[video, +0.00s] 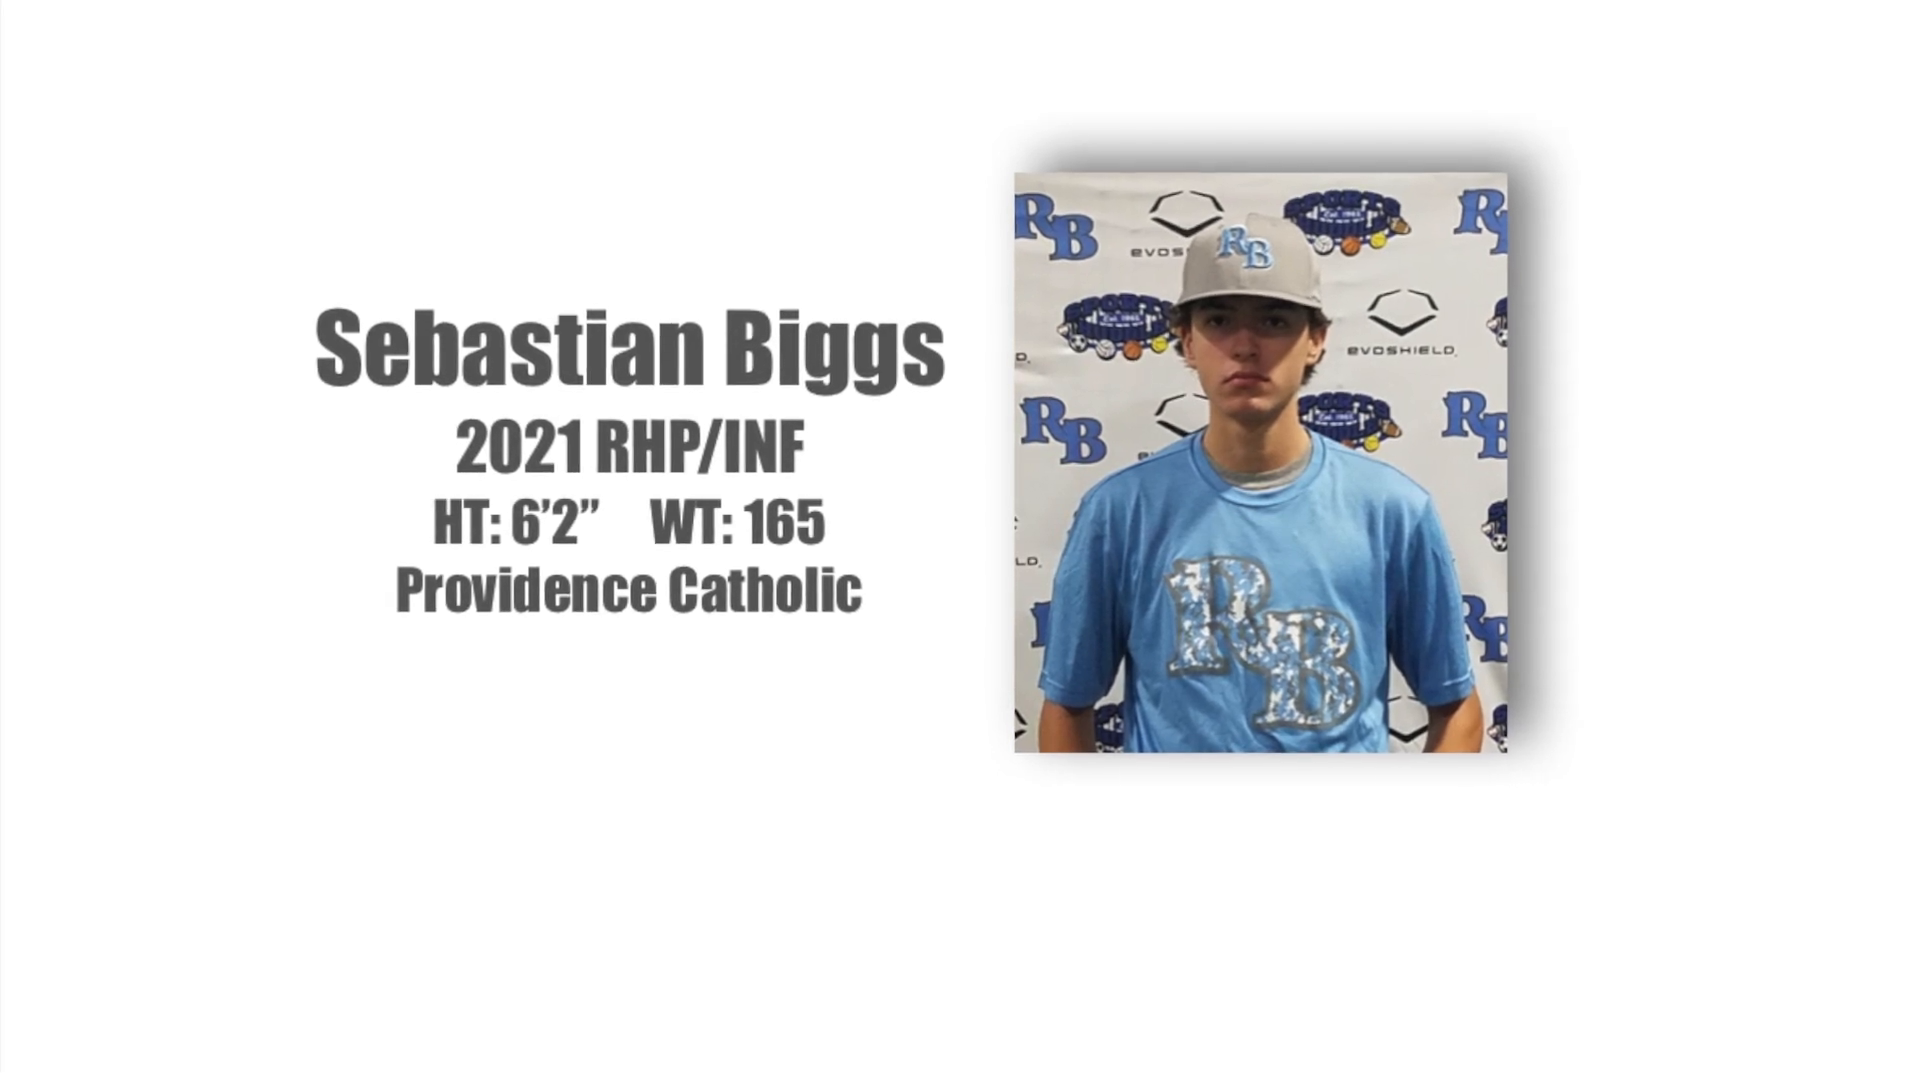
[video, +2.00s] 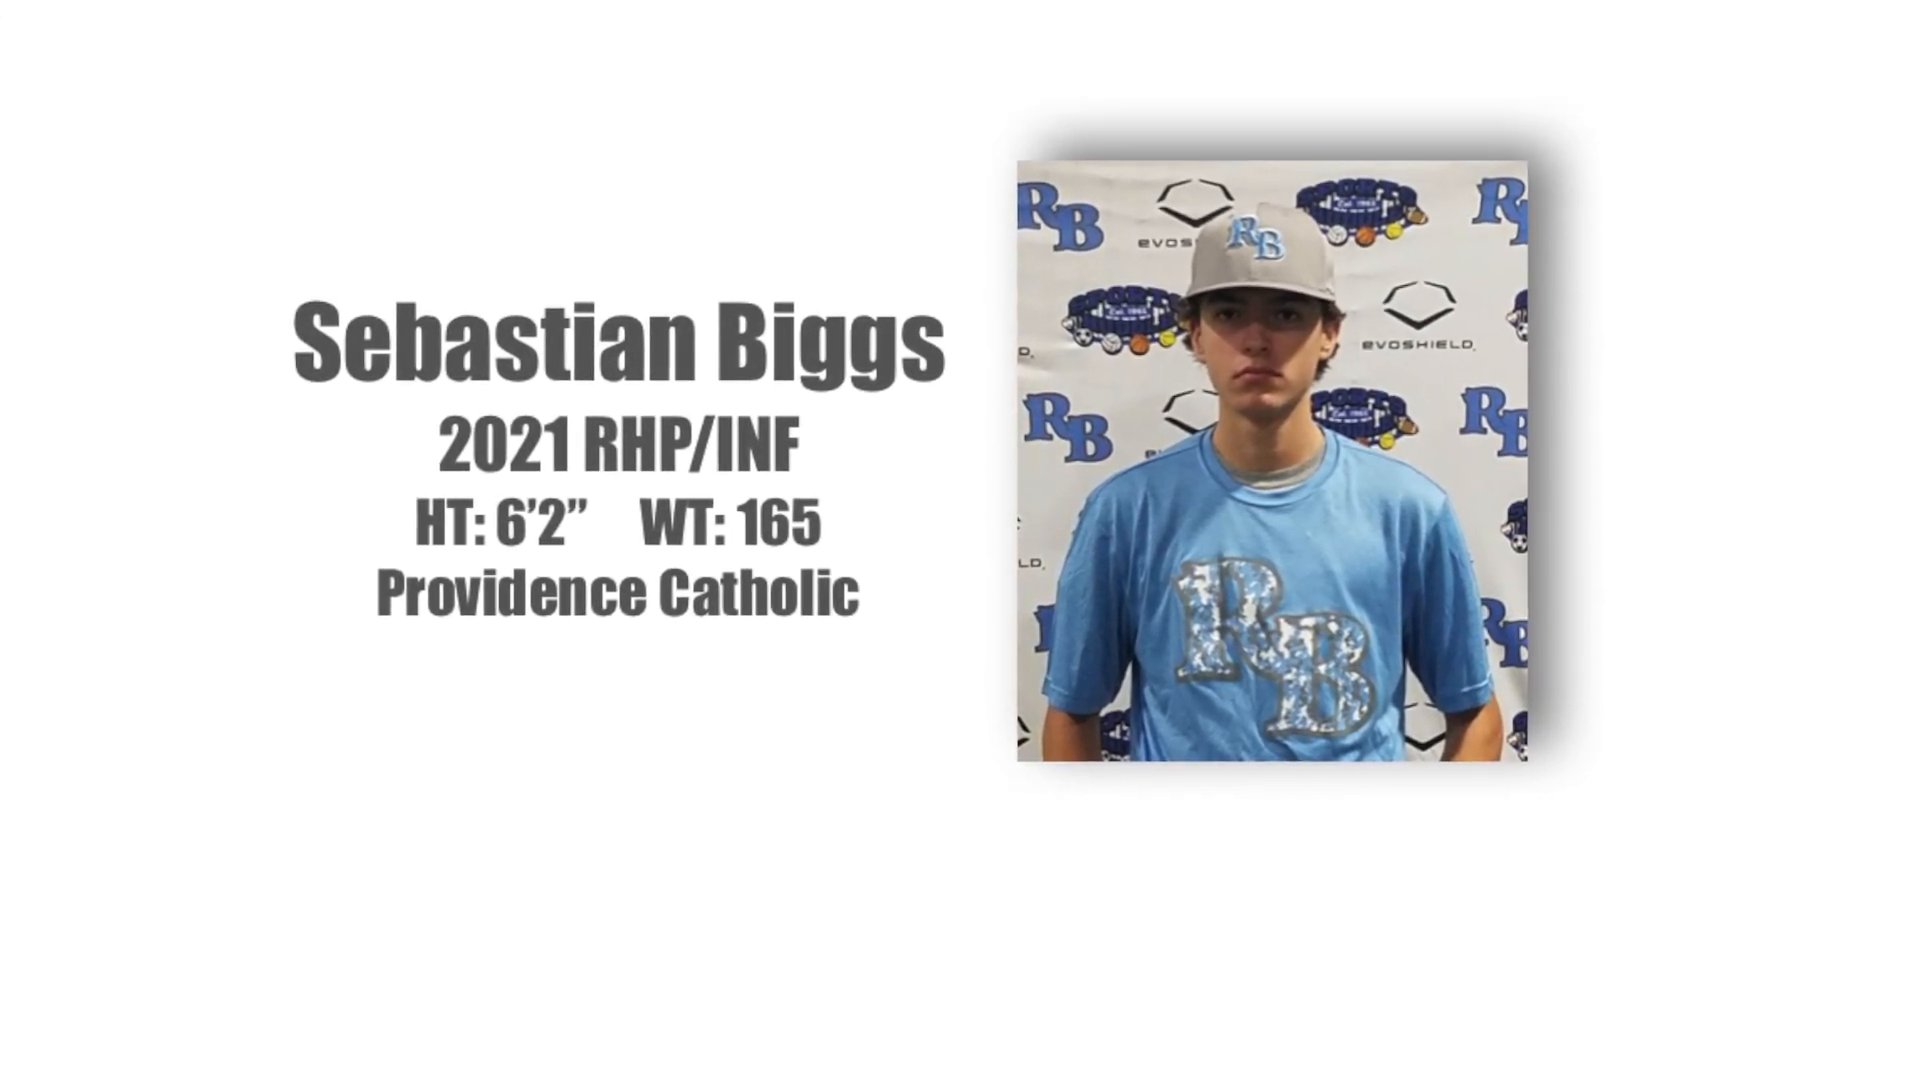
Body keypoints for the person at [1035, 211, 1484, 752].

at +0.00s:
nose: (1245, 345)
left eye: (1273, 321)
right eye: (1221, 321)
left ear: (1314, 342)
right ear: (1187, 342)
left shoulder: (1394, 511)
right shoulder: (1117, 513)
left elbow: (1457, 708)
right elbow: (1067, 711)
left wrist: (1420, 827)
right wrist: (1076, 832)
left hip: (1351, 823)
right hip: (1171, 823)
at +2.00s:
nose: (1257, 339)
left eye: (1286, 314)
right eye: (1231, 314)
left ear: (1328, 335)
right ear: (1195, 336)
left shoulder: (1410, 510)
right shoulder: (1124, 513)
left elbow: (1476, 716)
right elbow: (1072, 718)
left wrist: (1436, 838)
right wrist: (1085, 844)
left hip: (1366, 834)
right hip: (1180, 834)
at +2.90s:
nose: (1209, 338)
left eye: (1237, 314)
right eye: (1186, 315)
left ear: (1278, 336)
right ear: (1151, 336)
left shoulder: (1357, 503)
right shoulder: (1082, 506)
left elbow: (1420, 700)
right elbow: (1032, 702)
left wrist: (1381, 819)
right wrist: (1042, 826)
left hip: (1314, 815)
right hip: (1135, 814)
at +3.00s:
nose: (1167, 340)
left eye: (1194, 317)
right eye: (1144, 317)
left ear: (1232, 337)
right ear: (1111, 337)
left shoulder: (1308, 497)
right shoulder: (1044, 501)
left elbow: (1367, 685)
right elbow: (998, 687)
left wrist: (1331, 800)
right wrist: (1007, 805)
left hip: (1266, 799)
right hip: (1096, 799)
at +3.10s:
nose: (1117, 342)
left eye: (1142, 320)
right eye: (1096, 320)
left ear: (1179, 339)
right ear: (1064, 339)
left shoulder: (1249, 491)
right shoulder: (1002, 494)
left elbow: (1306, 668)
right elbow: (958, 671)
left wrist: (1273, 776)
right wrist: (965, 782)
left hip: (1211, 775)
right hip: (1050, 776)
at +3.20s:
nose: (1064, 344)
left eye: (1087, 324)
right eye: (1044, 324)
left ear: (1121, 343)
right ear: (1014, 341)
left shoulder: (1188, 484)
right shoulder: (955, 486)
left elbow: (1240, 650)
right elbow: (914, 652)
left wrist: (1210, 753)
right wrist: (921, 757)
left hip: (1151, 752)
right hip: (1001, 752)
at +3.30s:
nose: (1009, 346)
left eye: (1031, 327)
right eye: (990, 327)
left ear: (1063, 344)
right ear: (963, 343)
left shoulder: (1125, 478)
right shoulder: (908, 479)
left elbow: (1173, 633)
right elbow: (869, 634)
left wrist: (1146, 728)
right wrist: (874, 732)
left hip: (1091, 725)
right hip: (951, 726)